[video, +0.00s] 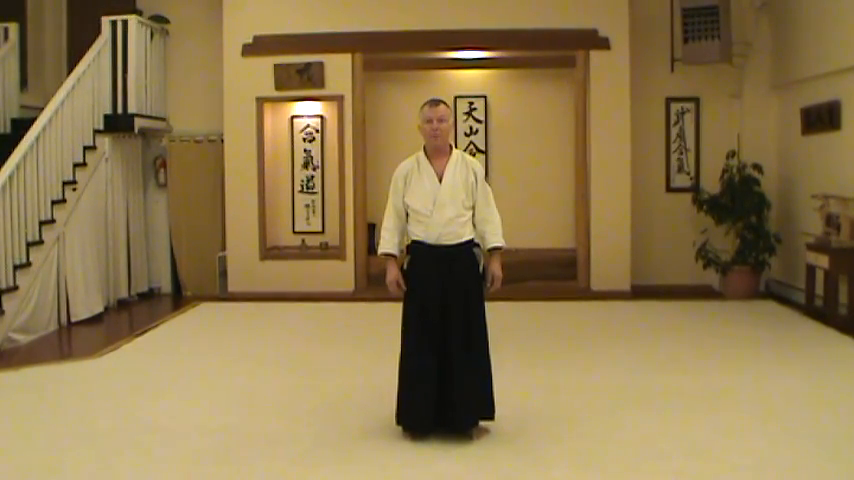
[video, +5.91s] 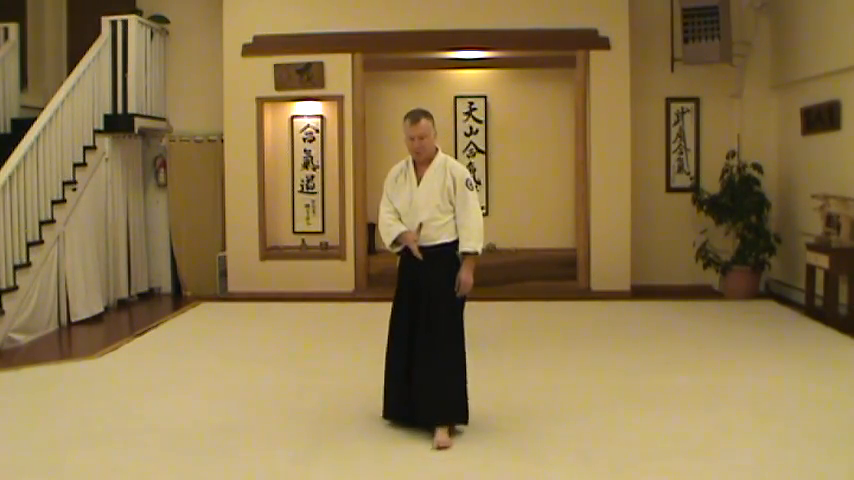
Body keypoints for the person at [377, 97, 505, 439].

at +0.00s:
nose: (435, 127)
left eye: (441, 121)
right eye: (428, 121)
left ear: (452, 125)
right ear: (419, 127)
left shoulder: (470, 167)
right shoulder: (406, 170)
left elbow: (486, 212)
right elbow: (393, 217)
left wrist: (494, 256)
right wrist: (391, 261)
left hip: (462, 260)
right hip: (422, 260)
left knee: (463, 336)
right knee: (422, 337)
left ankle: (464, 416)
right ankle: (420, 418)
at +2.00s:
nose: (436, 126)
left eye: (442, 120)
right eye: (429, 121)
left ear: (453, 125)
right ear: (421, 127)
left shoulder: (470, 167)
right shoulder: (407, 170)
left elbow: (486, 212)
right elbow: (393, 217)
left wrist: (494, 257)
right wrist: (390, 261)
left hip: (462, 260)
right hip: (422, 260)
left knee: (463, 337)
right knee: (423, 338)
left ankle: (465, 417)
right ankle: (421, 419)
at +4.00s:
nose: (412, 130)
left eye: (418, 123)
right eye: (405, 124)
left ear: (429, 127)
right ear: (397, 129)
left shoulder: (449, 167)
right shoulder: (385, 172)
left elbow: (466, 212)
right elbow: (374, 219)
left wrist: (474, 257)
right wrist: (371, 263)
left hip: (444, 262)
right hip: (404, 263)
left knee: (452, 337)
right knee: (404, 339)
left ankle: (463, 415)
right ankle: (405, 417)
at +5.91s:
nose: (417, 144)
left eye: (422, 138)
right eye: (411, 139)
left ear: (435, 136)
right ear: (405, 140)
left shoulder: (455, 171)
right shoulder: (397, 173)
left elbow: (471, 216)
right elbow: (386, 216)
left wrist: (468, 264)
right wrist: (402, 234)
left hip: (444, 260)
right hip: (411, 261)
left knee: (442, 338)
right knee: (411, 335)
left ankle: (443, 421)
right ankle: (413, 410)